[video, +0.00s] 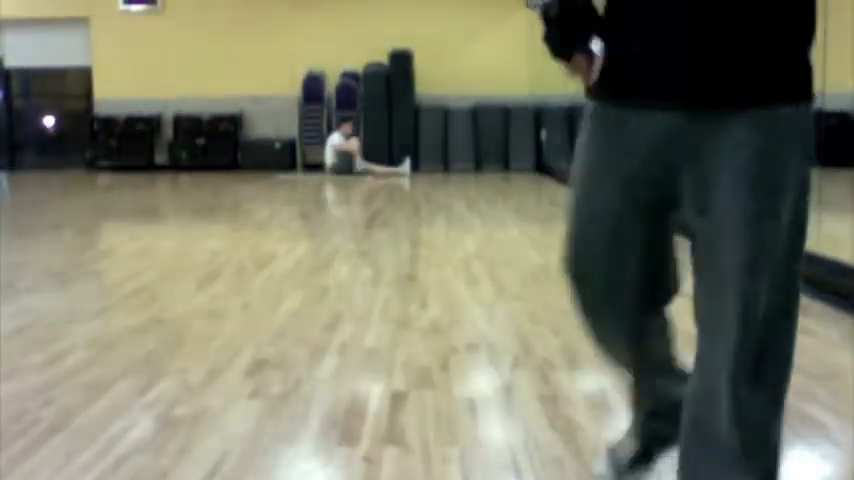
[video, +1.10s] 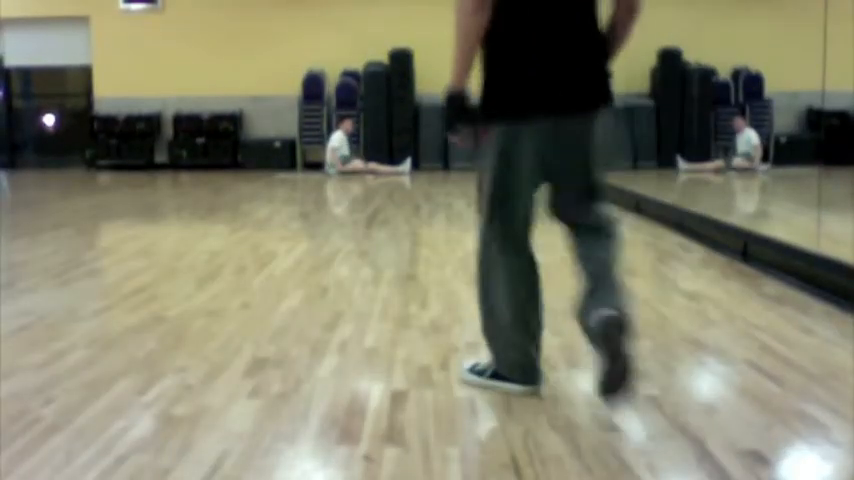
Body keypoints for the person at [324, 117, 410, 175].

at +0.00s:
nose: (350, 130)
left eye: (351, 127)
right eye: (348, 127)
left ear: (349, 128)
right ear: (342, 126)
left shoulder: (343, 138)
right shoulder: (335, 137)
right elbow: (341, 147)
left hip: (344, 166)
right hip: (336, 167)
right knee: (354, 141)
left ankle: (399, 171)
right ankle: (359, 164)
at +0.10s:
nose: (351, 128)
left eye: (351, 126)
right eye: (349, 126)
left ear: (350, 127)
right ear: (341, 126)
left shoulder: (344, 138)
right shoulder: (335, 138)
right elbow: (349, 151)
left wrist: (356, 146)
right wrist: (356, 142)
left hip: (346, 168)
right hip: (337, 170)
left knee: (372, 167)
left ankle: (399, 170)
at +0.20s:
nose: (351, 129)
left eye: (351, 126)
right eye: (349, 125)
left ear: (349, 127)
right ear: (342, 125)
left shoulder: (343, 136)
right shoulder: (335, 137)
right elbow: (350, 153)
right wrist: (358, 145)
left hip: (344, 165)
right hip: (336, 167)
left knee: (371, 165)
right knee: (356, 141)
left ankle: (399, 169)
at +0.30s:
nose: (350, 129)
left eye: (351, 126)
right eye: (348, 126)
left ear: (351, 128)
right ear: (341, 126)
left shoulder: (345, 138)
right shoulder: (336, 136)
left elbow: (347, 151)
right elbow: (340, 151)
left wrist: (358, 160)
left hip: (343, 164)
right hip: (335, 164)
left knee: (370, 165)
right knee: (357, 142)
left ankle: (399, 169)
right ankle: (353, 166)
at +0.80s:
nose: (349, 129)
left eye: (350, 126)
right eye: (347, 126)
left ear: (349, 128)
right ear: (340, 126)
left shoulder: (343, 138)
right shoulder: (336, 139)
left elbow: (346, 155)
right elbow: (340, 161)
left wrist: (354, 156)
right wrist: (353, 157)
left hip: (342, 166)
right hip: (334, 168)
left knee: (370, 166)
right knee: (360, 153)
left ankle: (400, 170)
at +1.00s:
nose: (349, 128)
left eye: (350, 125)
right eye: (347, 125)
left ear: (348, 127)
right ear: (341, 125)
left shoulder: (343, 138)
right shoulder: (336, 138)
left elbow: (344, 155)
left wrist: (354, 159)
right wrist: (352, 162)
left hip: (343, 166)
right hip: (336, 169)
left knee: (371, 165)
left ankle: (399, 169)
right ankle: (400, 170)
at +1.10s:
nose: (351, 127)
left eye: (352, 124)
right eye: (350, 124)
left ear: (347, 125)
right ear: (343, 124)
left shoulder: (342, 136)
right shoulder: (338, 136)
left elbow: (342, 153)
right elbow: (333, 151)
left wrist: (353, 162)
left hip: (342, 166)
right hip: (337, 169)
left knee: (371, 165)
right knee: (370, 166)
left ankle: (398, 169)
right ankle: (399, 170)